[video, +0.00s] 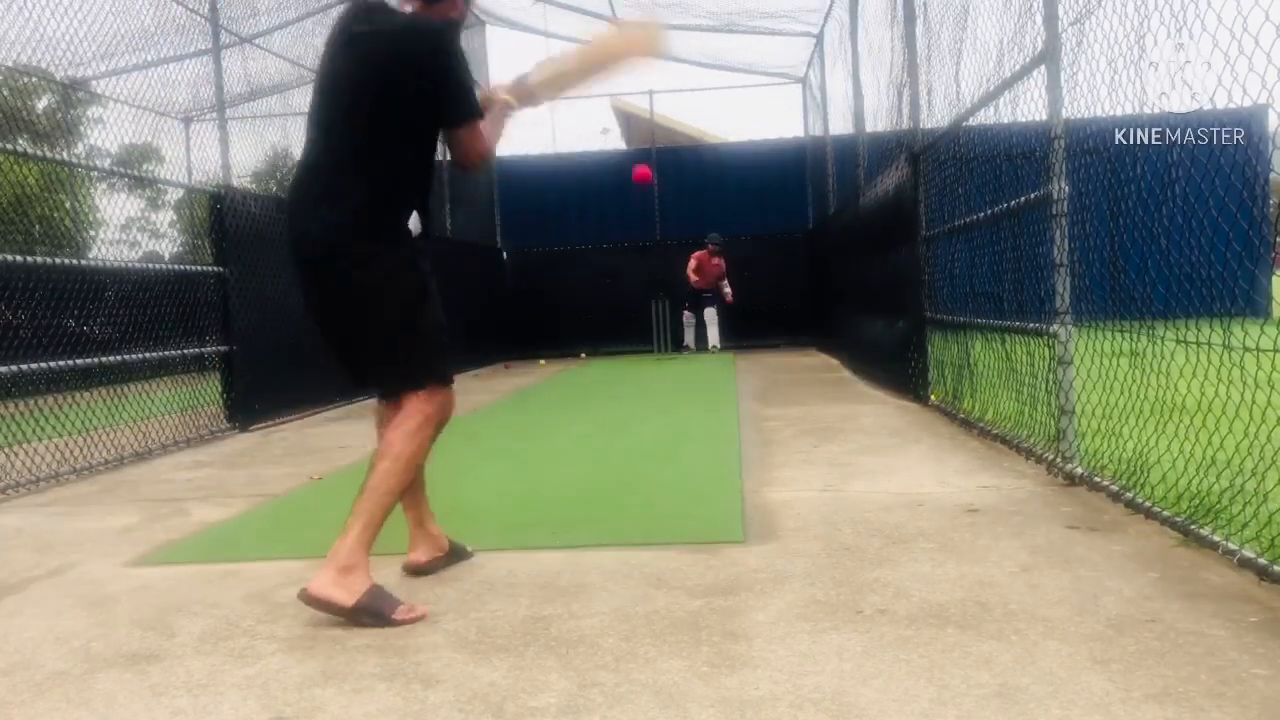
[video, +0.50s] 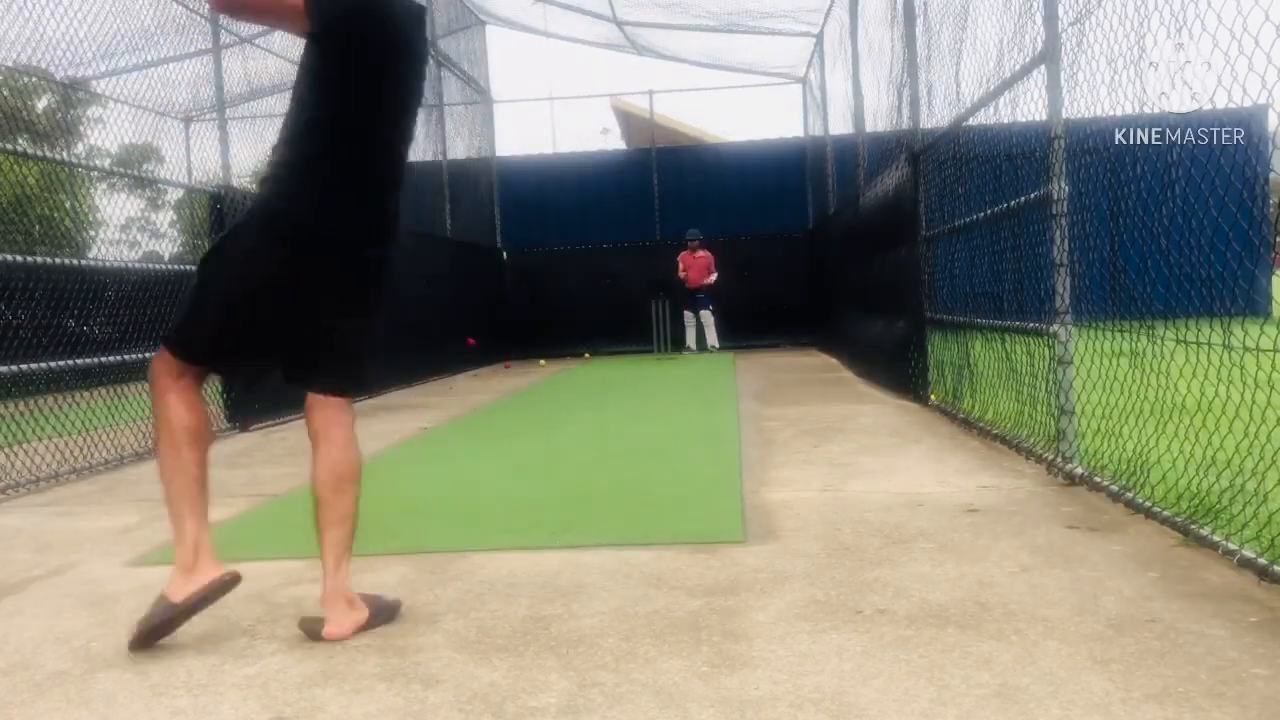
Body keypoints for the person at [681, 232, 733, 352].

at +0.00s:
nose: (715, 248)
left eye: (717, 245)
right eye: (713, 245)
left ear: (720, 246)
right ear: (707, 245)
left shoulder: (720, 260)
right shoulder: (698, 256)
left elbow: (722, 279)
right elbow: (689, 269)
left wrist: (727, 292)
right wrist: (693, 277)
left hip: (710, 290)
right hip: (695, 289)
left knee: (711, 314)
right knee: (688, 315)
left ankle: (714, 345)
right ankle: (689, 345)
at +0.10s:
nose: (707, 245)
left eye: (710, 242)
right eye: (705, 242)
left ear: (714, 244)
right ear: (701, 243)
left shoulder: (716, 258)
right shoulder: (693, 255)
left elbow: (720, 277)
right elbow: (686, 266)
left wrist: (723, 288)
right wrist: (687, 270)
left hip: (708, 290)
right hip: (693, 289)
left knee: (710, 314)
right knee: (689, 317)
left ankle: (714, 345)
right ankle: (691, 345)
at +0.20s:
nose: (702, 244)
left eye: (704, 241)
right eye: (700, 241)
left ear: (707, 242)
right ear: (696, 242)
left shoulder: (712, 258)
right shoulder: (687, 256)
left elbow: (717, 275)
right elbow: (682, 271)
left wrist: (718, 283)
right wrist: (683, 269)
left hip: (707, 292)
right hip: (691, 292)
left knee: (709, 317)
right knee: (689, 319)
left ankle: (714, 345)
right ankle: (690, 346)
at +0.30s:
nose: (697, 243)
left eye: (699, 240)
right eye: (694, 240)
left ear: (703, 241)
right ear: (691, 241)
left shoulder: (708, 256)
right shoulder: (684, 256)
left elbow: (714, 273)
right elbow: (681, 272)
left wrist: (714, 280)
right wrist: (683, 272)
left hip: (705, 289)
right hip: (689, 290)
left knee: (708, 316)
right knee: (689, 319)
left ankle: (714, 344)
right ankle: (690, 346)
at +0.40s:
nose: (694, 243)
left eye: (696, 240)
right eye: (691, 240)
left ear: (700, 241)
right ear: (688, 242)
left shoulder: (707, 255)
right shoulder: (683, 256)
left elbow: (713, 272)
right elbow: (680, 271)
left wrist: (712, 280)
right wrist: (683, 275)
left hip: (703, 289)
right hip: (689, 290)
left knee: (707, 316)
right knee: (689, 319)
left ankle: (713, 344)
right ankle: (690, 346)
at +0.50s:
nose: (692, 243)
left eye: (694, 241)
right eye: (689, 241)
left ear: (699, 241)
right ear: (687, 242)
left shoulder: (707, 255)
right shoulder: (682, 256)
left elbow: (713, 272)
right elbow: (680, 272)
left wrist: (711, 279)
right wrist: (684, 275)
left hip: (702, 289)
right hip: (688, 290)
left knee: (706, 316)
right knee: (689, 318)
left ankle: (713, 345)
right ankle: (690, 346)